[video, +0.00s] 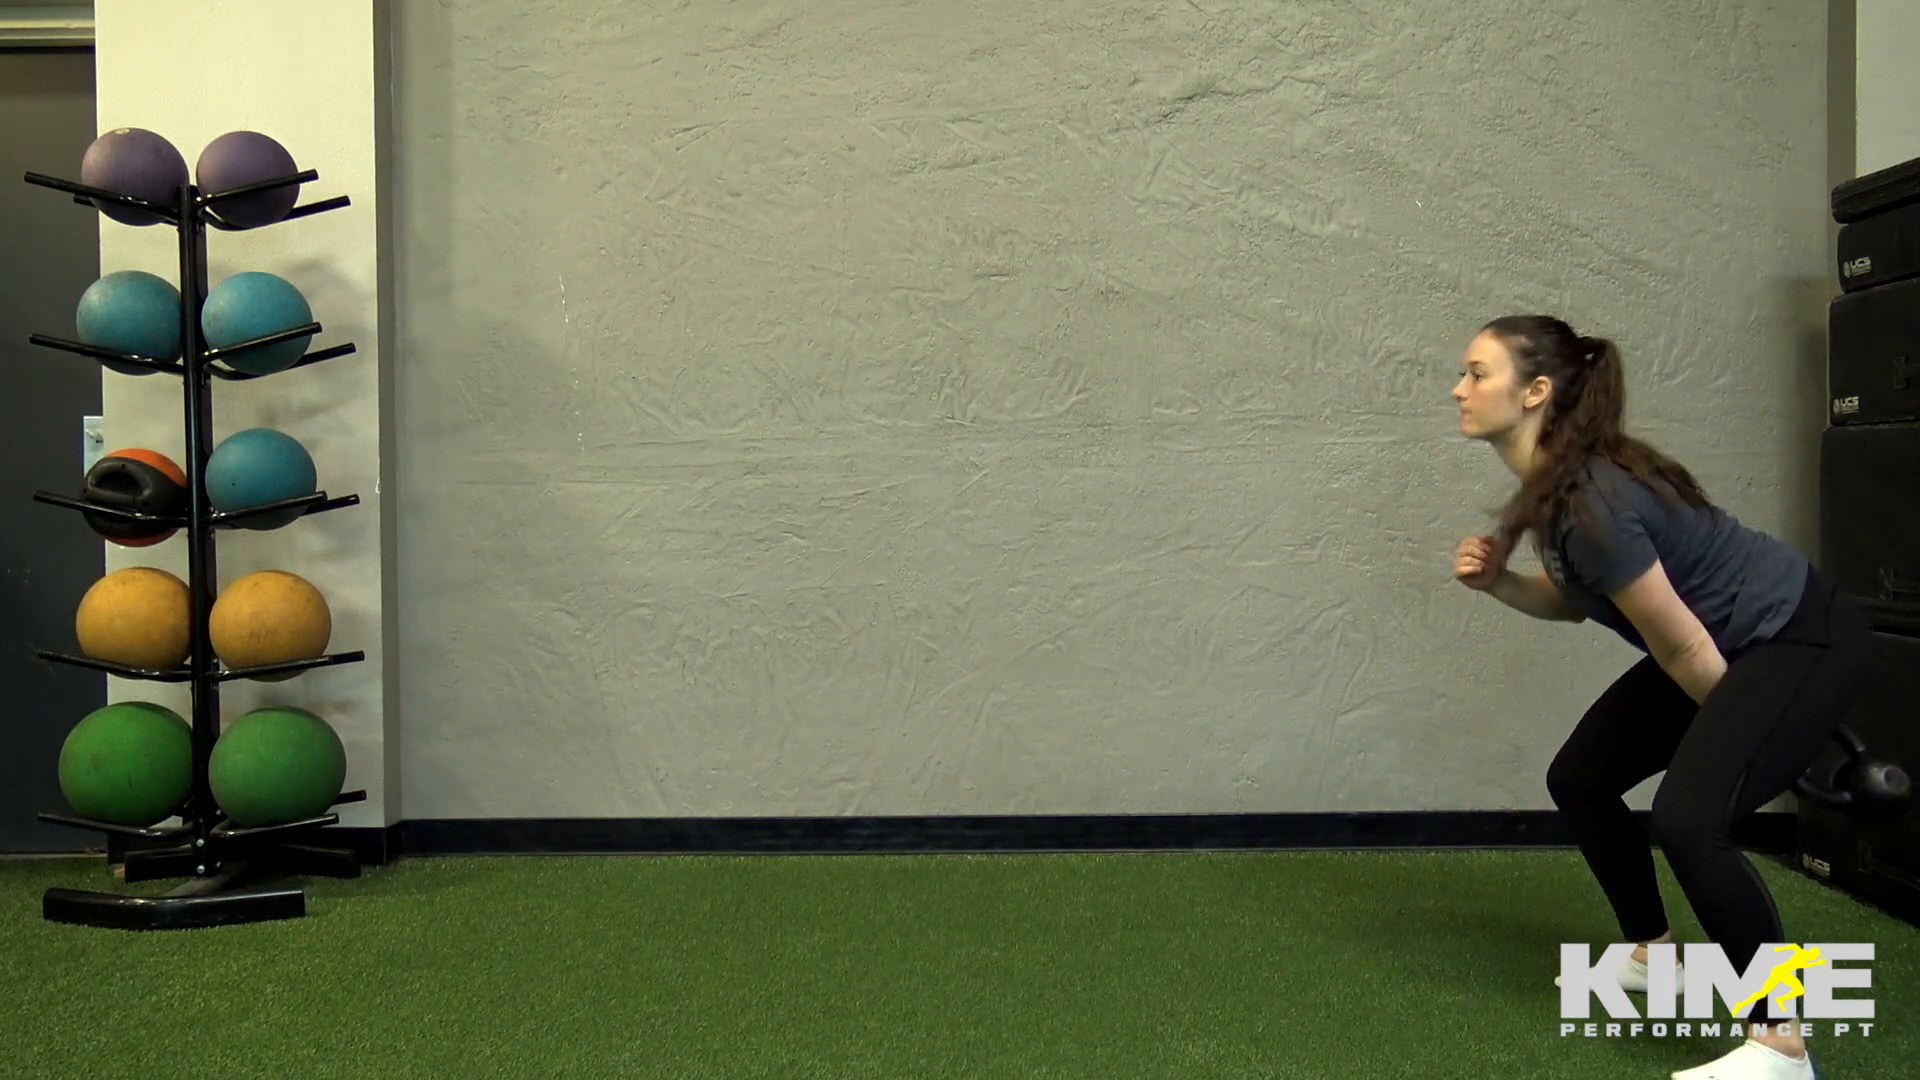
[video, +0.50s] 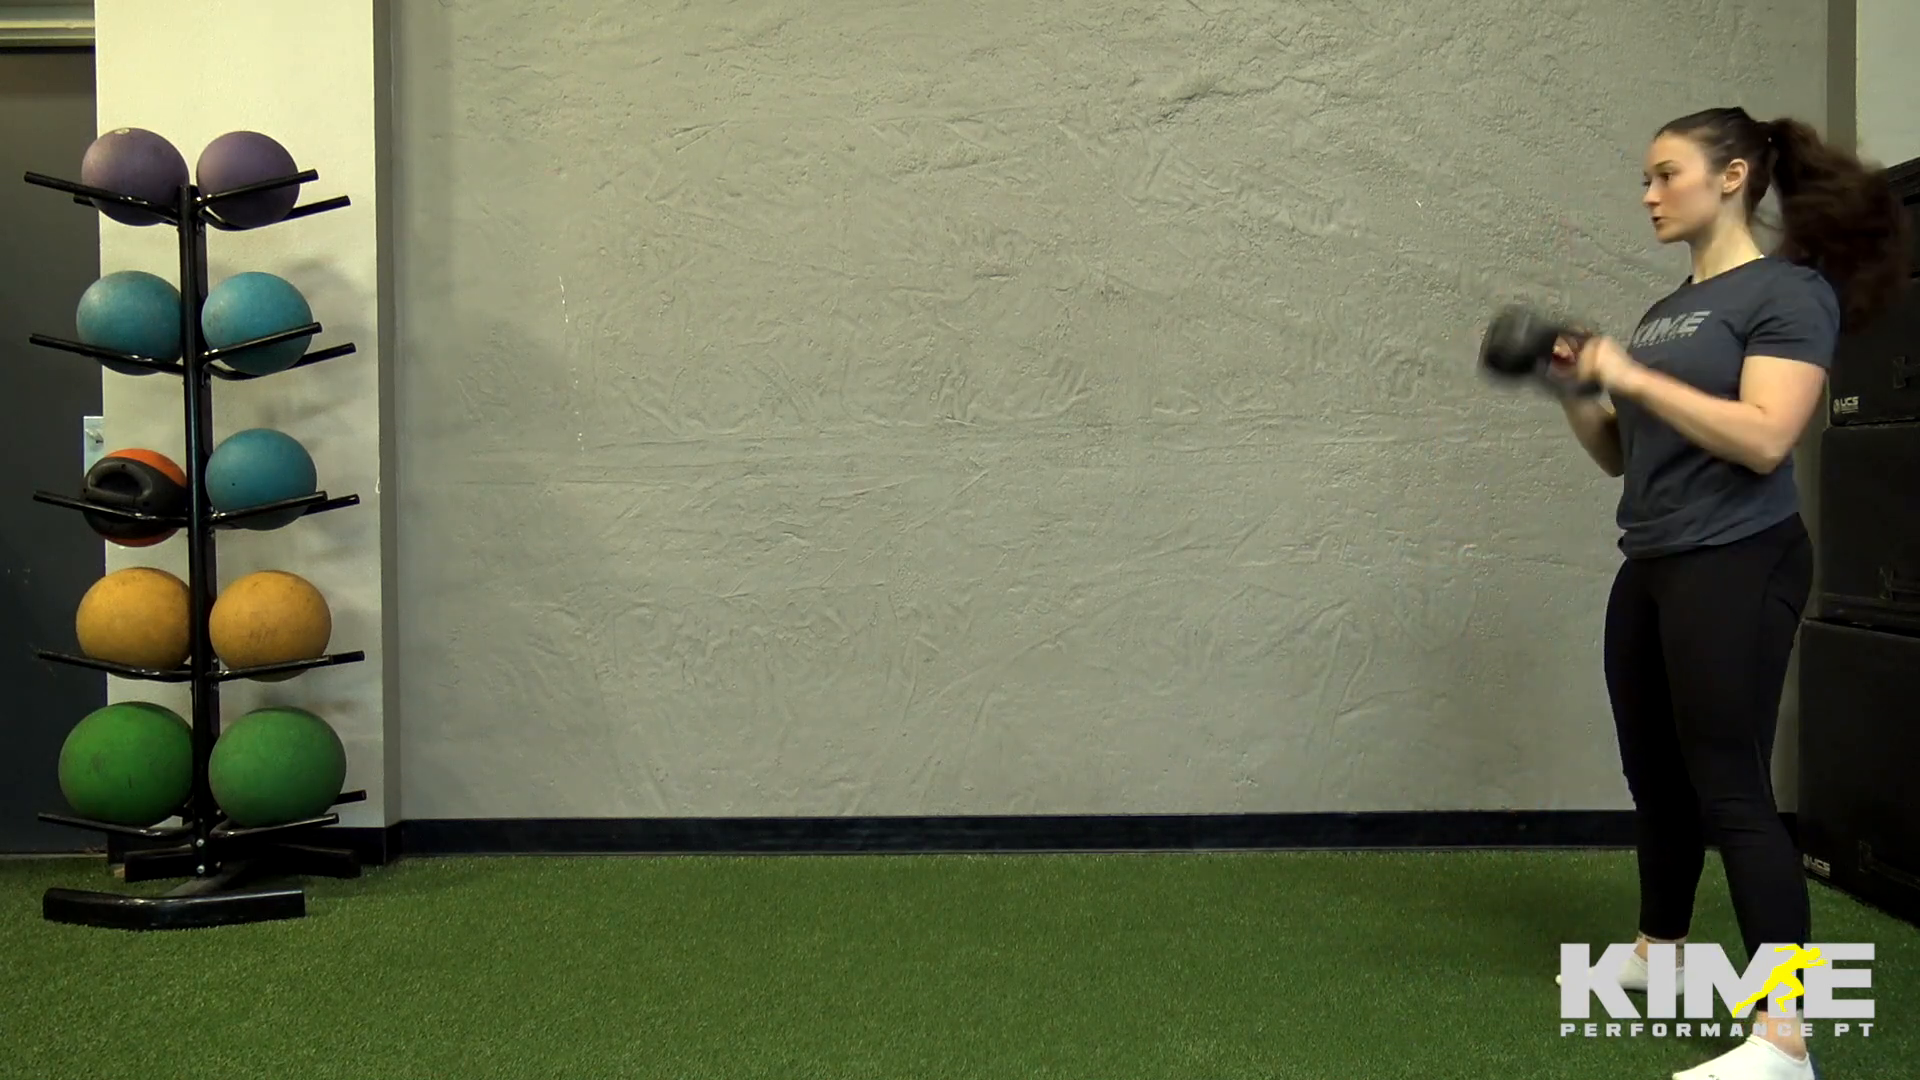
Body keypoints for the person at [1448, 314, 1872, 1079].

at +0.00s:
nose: (1459, 389)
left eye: (1475, 375)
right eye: (1462, 375)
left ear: (1535, 393)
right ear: (1529, 395)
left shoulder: (1591, 502)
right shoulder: (1556, 491)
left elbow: (1686, 646)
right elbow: (1578, 601)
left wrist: (1746, 734)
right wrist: (1498, 581)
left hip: (1805, 637)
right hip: (1730, 639)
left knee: (1687, 819)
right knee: (1580, 778)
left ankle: (1782, 1037)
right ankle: (1655, 960)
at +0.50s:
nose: (1649, 197)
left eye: (1666, 176)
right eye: (1648, 180)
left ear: (1734, 177)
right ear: (1709, 184)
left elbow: (1766, 437)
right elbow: (1625, 456)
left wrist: (1627, 372)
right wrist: (1579, 395)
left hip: (1739, 564)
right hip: (1650, 569)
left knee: (1733, 789)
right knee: (1658, 784)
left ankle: (1787, 1029)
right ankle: (1655, 968)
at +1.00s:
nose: (1661, 168)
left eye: (1679, 151)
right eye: (1660, 153)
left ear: (1742, 166)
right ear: (1702, 173)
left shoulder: (1770, 289)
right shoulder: (1671, 284)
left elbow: (1679, 408)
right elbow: (1641, 448)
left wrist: (1644, 283)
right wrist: (1569, 416)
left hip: (1738, 561)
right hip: (1655, 567)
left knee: (1739, 785)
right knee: (1662, 781)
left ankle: (1784, 1031)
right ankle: (1659, 962)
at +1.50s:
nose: (1652, 163)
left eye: (1672, 146)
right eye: (1653, 147)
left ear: (1734, 155)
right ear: (1710, 158)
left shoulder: (1761, 288)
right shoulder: (1677, 281)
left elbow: (1664, 419)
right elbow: (1649, 447)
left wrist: (1638, 291)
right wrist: (1573, 523)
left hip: (1728, 562)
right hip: (1651, 567)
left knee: (1731, 792)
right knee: (1663, 782)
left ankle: (1783, 1036)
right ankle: (1653, 962)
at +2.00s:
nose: (1665, 152)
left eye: (1684, 134)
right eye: (1666, 134)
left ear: (1751, 137)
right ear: (1733, 139)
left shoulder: (1784, 270)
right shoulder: (1701, 265)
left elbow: (1691, 416)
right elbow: (1685, 442)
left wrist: (1654, 284)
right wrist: (1643, 560)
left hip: (1755, 558)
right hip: (1676, 560)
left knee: (1743, 786)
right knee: (1633, 764)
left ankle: (1783, 1033)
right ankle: (1647, 952)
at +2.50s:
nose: (1628, 151)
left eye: (1647, 134)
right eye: (1630, 134)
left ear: (1716, 140)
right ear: (1699, 142)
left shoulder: (1743, 274)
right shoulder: (1653, 266)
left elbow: (1642, 413)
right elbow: (1644, 443)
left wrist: (1607, 284)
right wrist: (1606, 560)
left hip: (1718, 564)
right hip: (1633, 572)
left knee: (1724, 801)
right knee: (1624, 797)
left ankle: (1782, 1036)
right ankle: (1620, 1006)